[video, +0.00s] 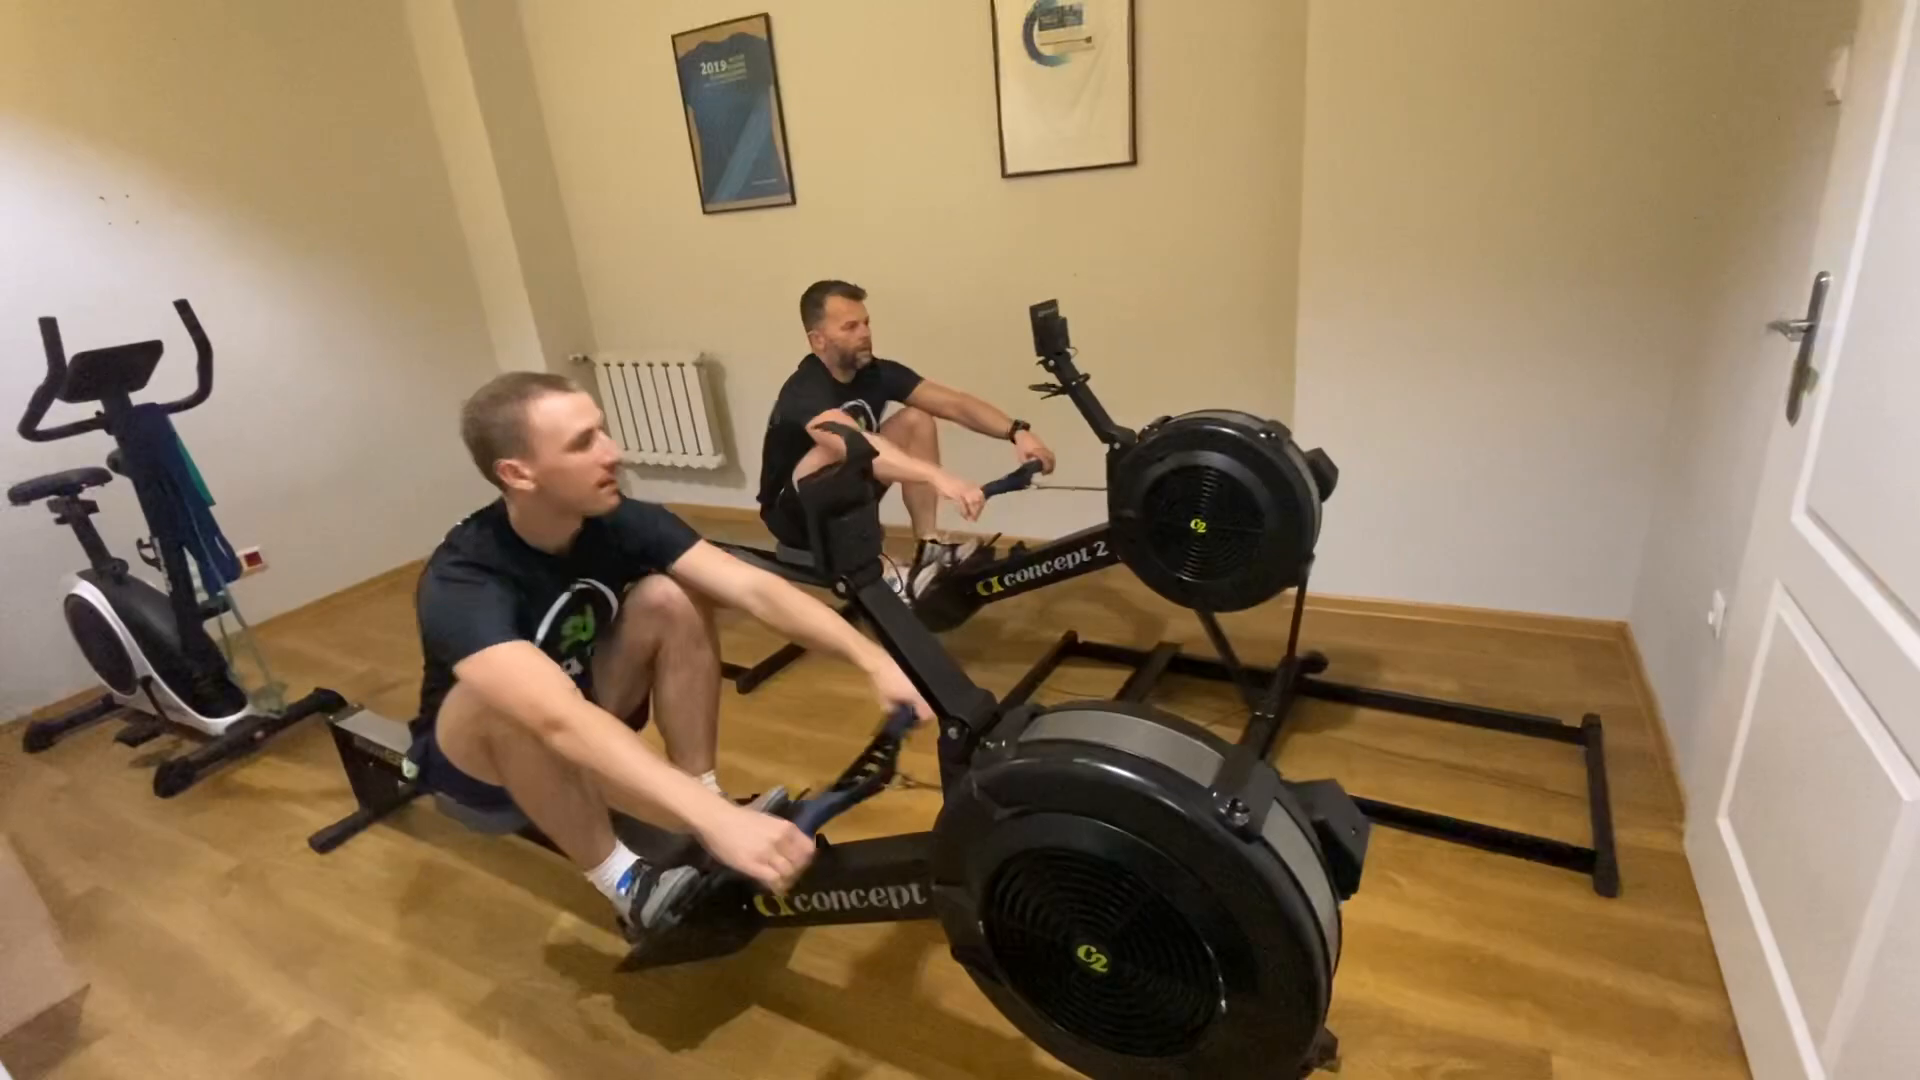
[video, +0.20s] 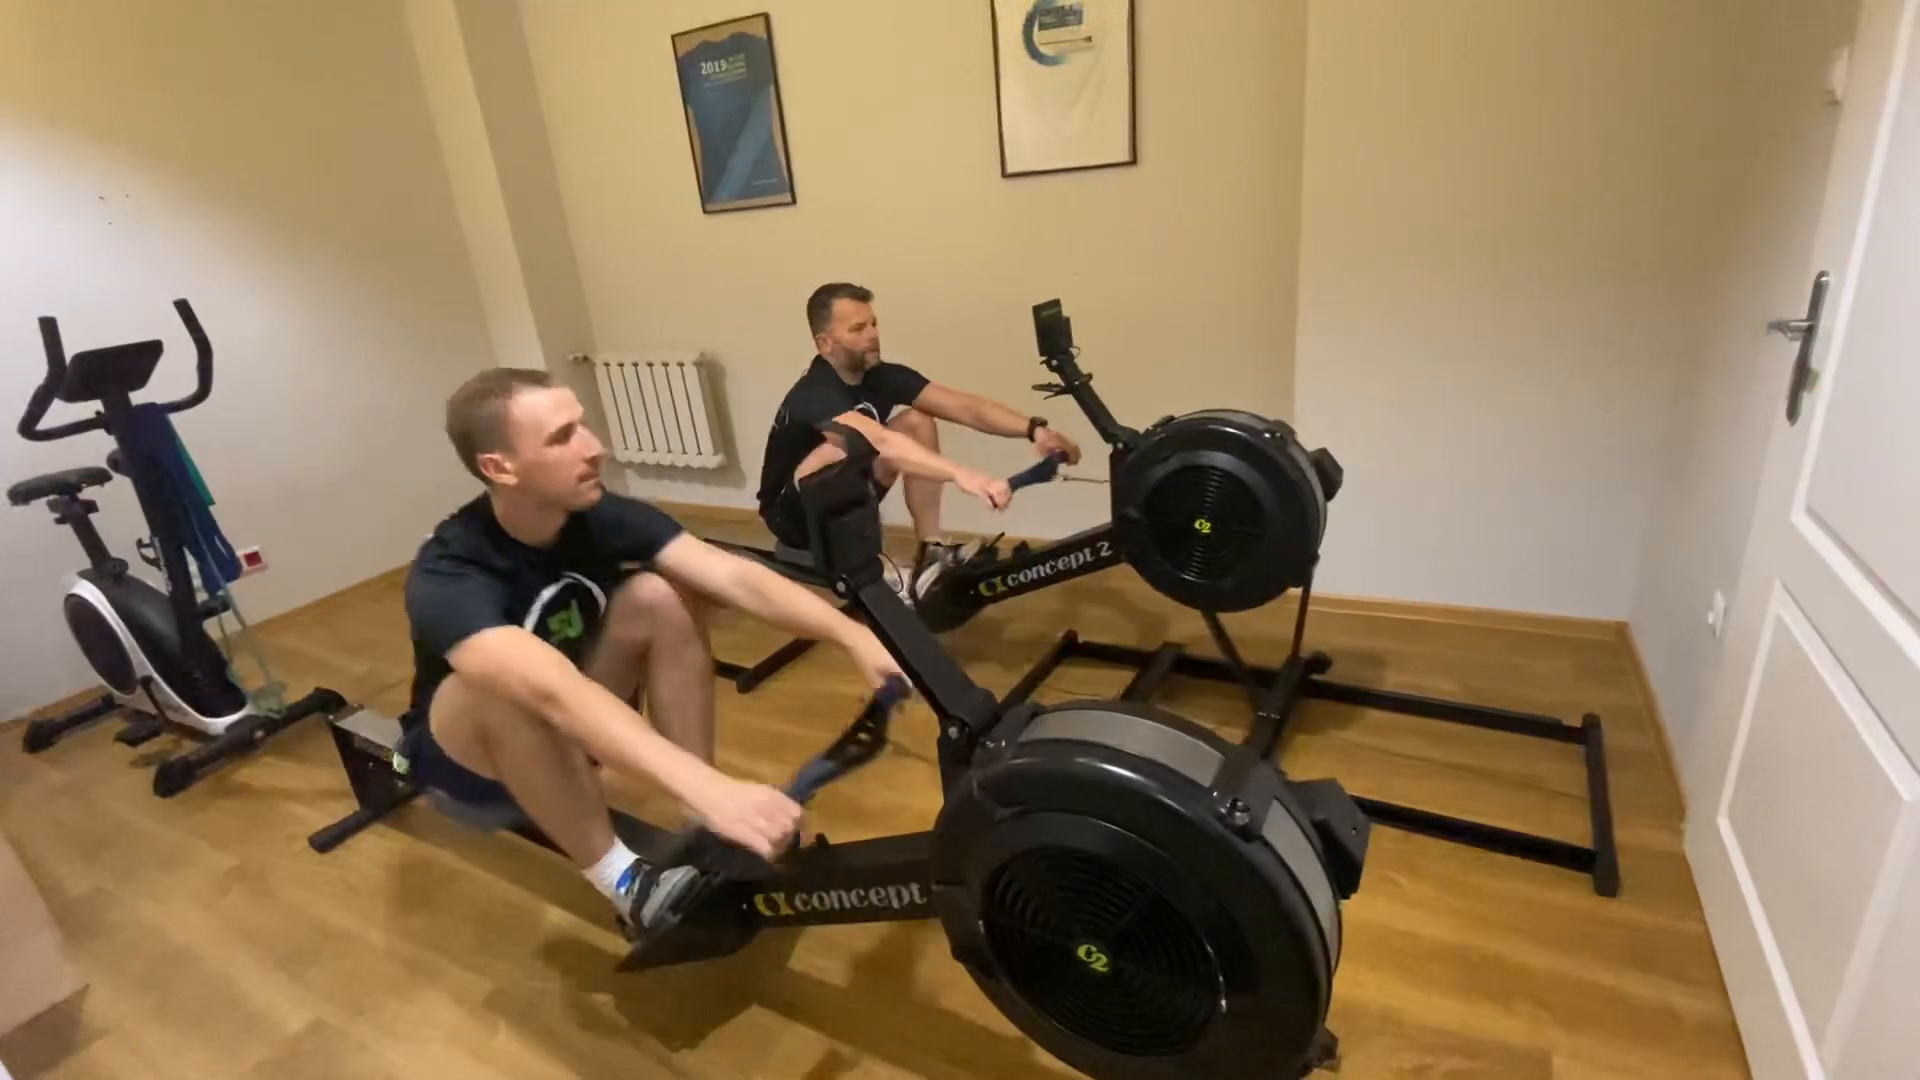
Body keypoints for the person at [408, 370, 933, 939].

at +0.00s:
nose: (613, 453)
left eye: (603, 433)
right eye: (585, 443)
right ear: (517, 475)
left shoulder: (623, 524)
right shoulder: (462, 585)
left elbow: (756, 589)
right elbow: (564, 720)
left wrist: (874, 659)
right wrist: (720, 823)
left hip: (583, 739)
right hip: (484, 784)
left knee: (666, 601)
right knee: (512, 693)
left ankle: (703, 806)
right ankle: (626, 884)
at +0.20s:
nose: (593, 447)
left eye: (584, 427)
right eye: (563, 437)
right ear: (499, 468)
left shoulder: (604, 518)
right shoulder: (448, 578)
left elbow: (735, 578)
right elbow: (554, 692)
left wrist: (853, 636)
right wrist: (713, 793)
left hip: (569, 734)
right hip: (471, 777)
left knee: (656, 598)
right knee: (511, 683)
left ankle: (709, 833)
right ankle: (628, 887)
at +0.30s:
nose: (546, 430)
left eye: (539, 410)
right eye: (516, 421)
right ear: (453, 449)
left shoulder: (562, 501)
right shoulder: (408, 563)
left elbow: (682, 556)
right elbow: (510, 666)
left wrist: (806, 613)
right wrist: (649, 755)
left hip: (548, 715)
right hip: (448, 758)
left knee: (639, 600)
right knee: (492, 679)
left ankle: (711, 815)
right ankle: (626, 887)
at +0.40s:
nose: (481, 417)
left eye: (478, 395)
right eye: (452, 405)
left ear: (486, 392)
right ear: (393, 430)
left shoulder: (510, 488)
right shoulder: (354, 548)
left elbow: (627, 541)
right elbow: (453, 639)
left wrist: (745, 593)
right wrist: (571, 712)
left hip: (514, 666)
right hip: (412, 717)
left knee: (616, 604)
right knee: (486, 686)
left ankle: (708, 815)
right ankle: (627, 890)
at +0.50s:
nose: (415, 401)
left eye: (416, 382)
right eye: (388, 390)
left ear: (423, 382)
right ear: (332, 414)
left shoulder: (456, 472)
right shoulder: (306, 529)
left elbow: (571, 525)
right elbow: (391, 614)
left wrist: (679, 576)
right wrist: (499, 681)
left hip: (483, 648)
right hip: (382, 696)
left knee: (591, 620)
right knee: (473, 692)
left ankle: (707, 815)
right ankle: (627, 889)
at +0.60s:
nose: (361, 395)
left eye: (361, 377)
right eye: (335, 384)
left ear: (369, 378)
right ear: (279, 405)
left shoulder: (412, 467)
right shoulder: (261, 519)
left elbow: (522, 522)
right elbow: (341, 611)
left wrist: (620, 564)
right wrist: (448, 667)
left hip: (458, 637)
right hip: (363, 678)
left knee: (589, 656)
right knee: (469, 708)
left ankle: (708, 816)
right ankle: (624, 889)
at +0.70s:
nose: (318, 398)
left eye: (320, 379)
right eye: (292, 387)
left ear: (328, 378)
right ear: (236, 404)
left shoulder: (379, 464)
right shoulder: (224, 513)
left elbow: (484, 526)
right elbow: (282, 619)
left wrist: (562, 553)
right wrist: (375, 651)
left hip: (432, 637)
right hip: (335, 673)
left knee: (553, 662)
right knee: (445, 716)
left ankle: (706, 816)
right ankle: (623, 892)